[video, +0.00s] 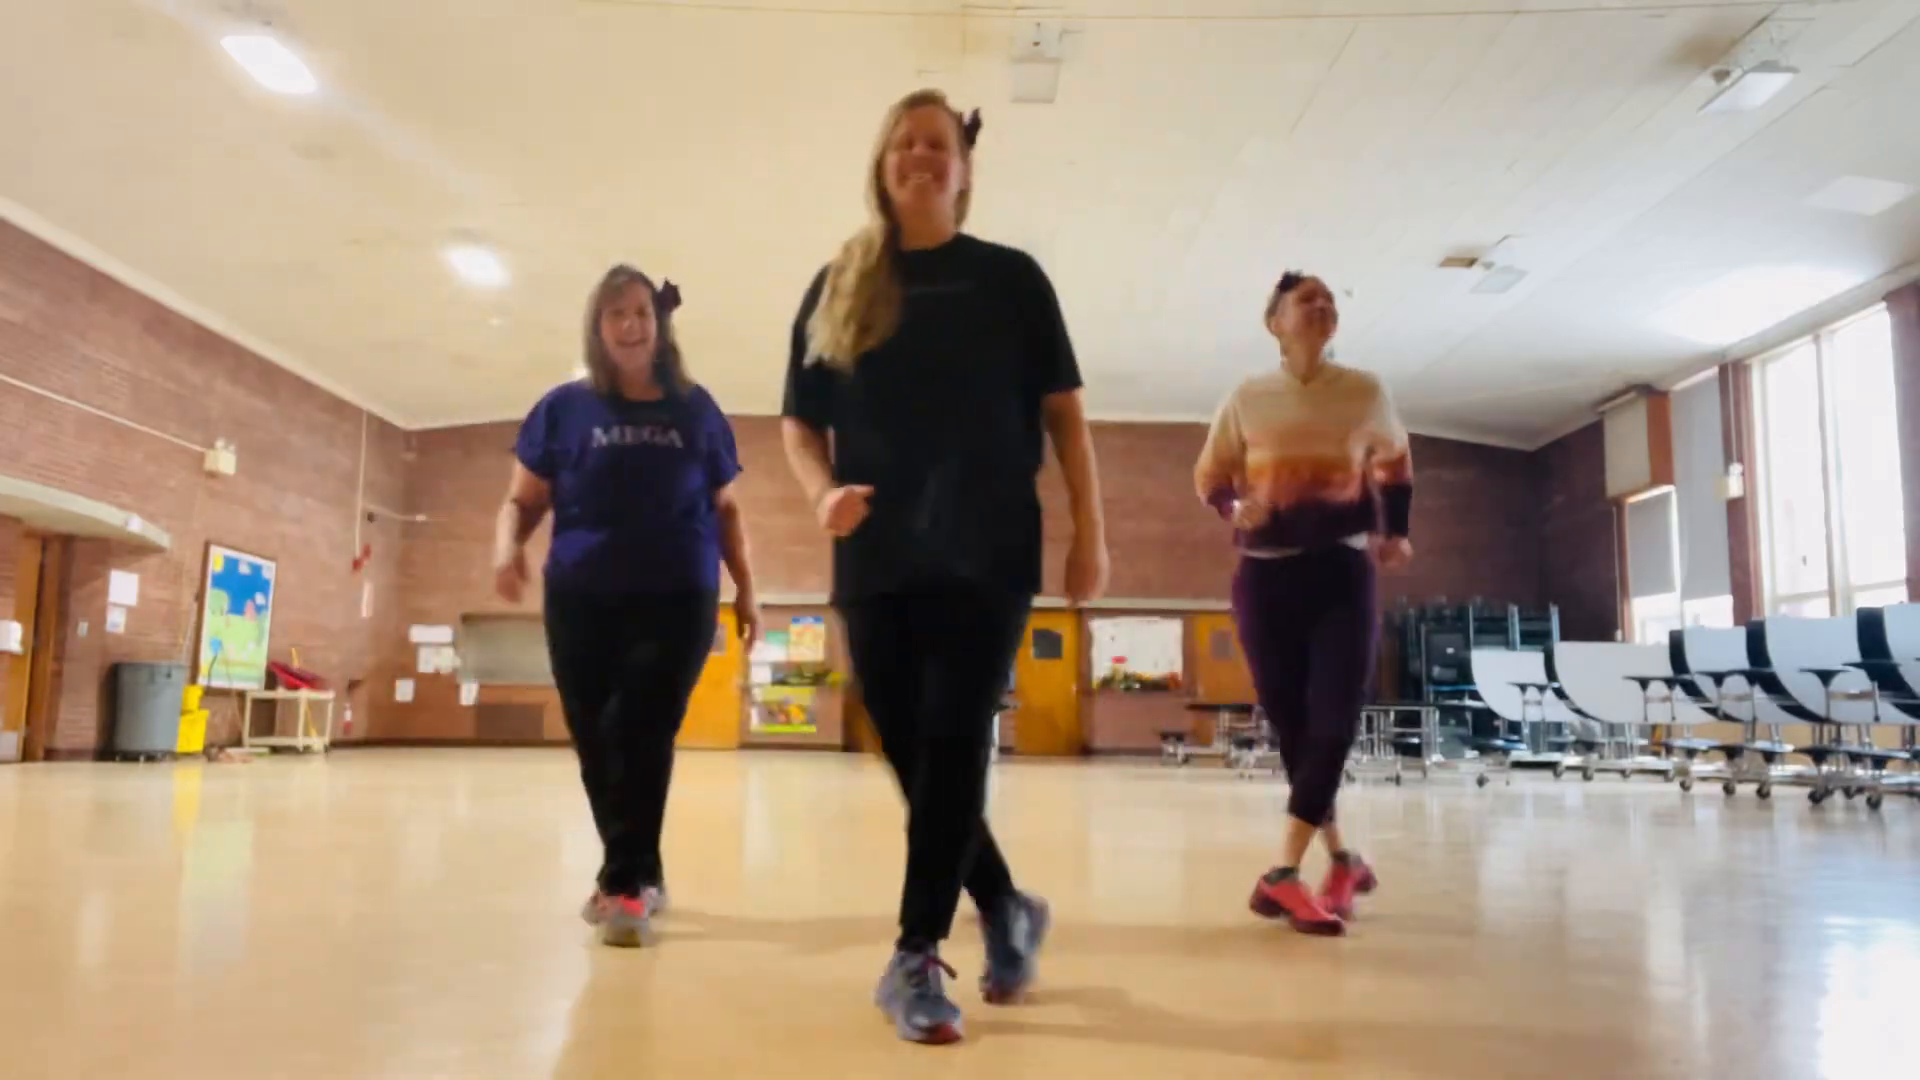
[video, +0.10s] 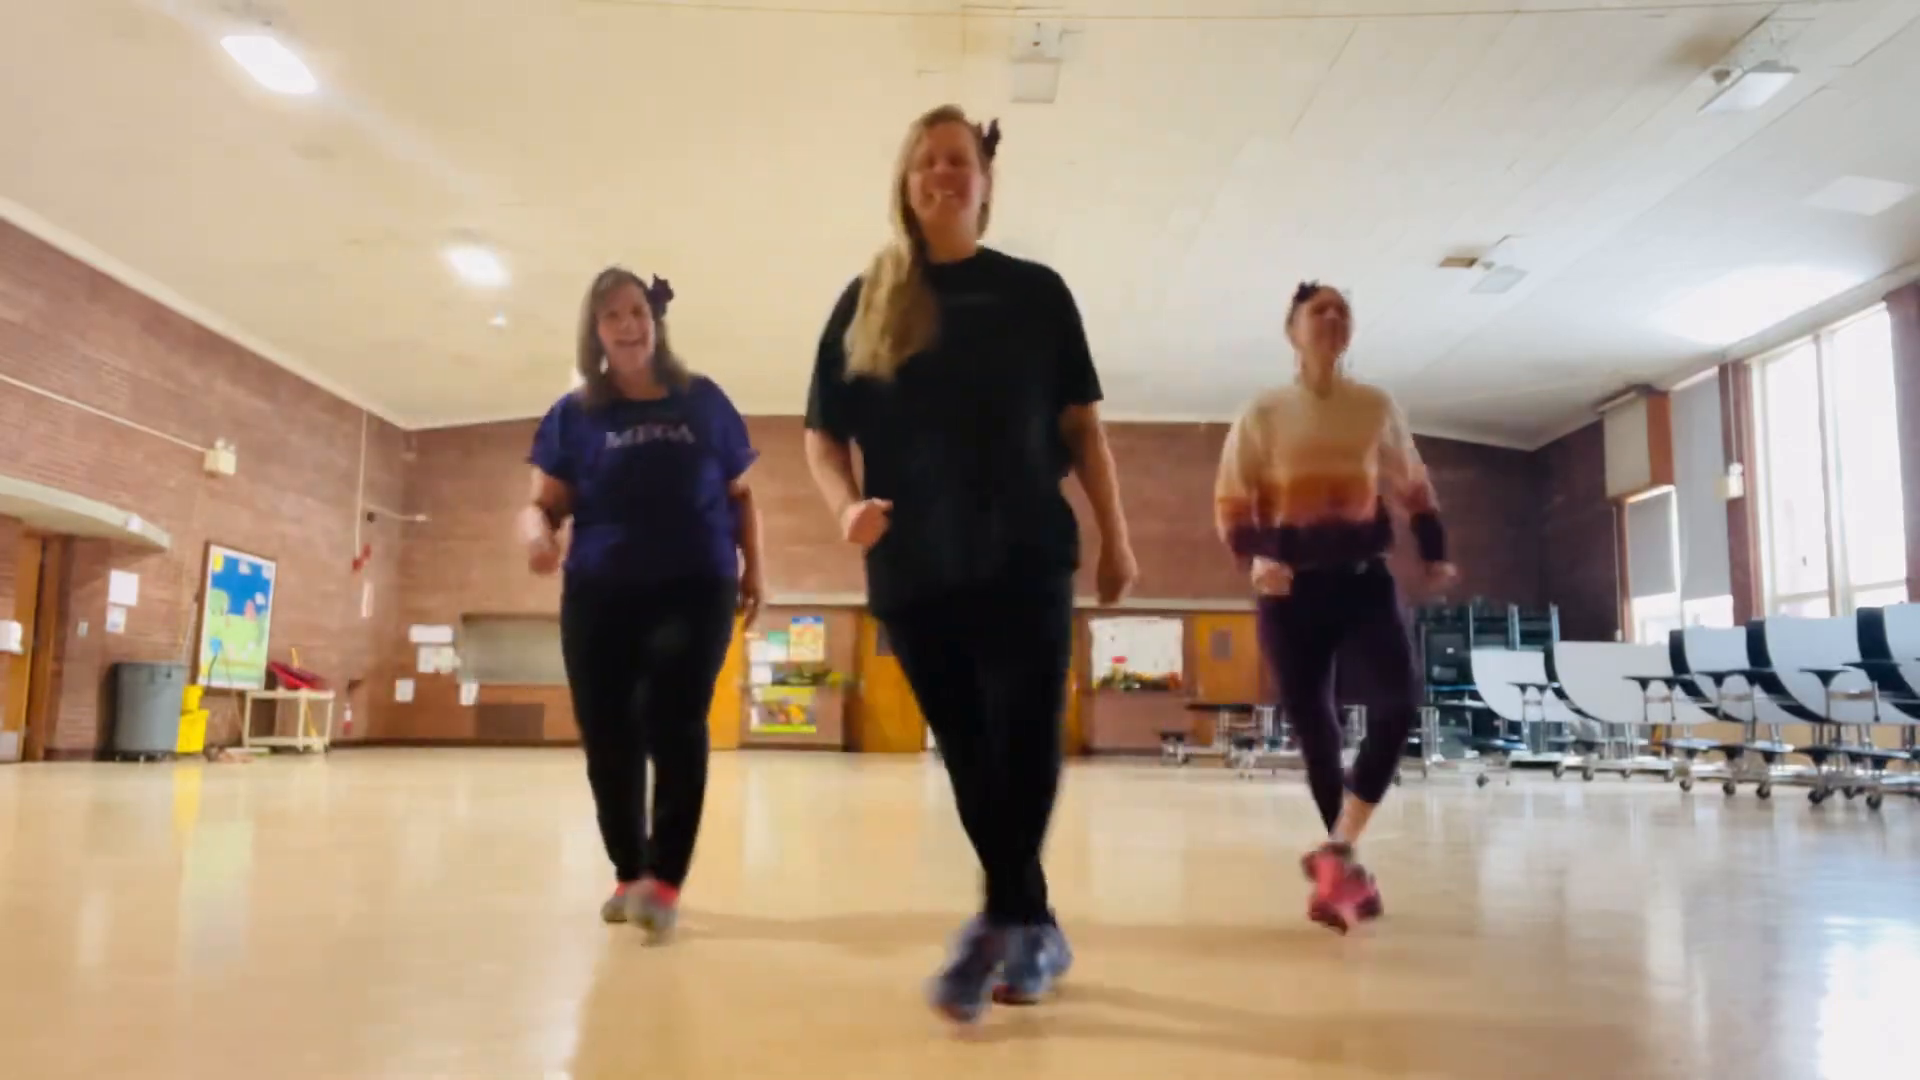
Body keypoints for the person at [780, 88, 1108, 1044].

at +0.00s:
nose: (920, 154)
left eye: (937, 143)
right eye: (905, 142)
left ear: (967, 166)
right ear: (880, 164)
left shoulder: (1015, 278)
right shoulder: (840, 285)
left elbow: (1065, 411)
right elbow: (802, 419)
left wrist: (1087, 528)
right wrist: (822, 488)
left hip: (986, 548)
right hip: (875, 551)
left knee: (953, 748)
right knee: (910, 752)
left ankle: (917, 959)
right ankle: (1007, 908)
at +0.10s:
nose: (945, 173)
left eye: (960, 161)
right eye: (930, 162)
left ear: (988, 179)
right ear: (905, 181)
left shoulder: (1037, 290)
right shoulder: (869, 301)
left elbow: (1081, 421)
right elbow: (823, 428)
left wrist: (1112, 534)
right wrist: (845, 502)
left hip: (1026, 548)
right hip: (916, 556)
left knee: (1024, 734)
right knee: (967, 744)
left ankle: (990, 929)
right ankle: (1032, 926)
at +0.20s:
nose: (962, 173)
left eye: (976, 160)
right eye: (947, 163)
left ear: (1006, 181)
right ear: (924, 188)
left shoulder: (1058, 290)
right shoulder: (892, 305)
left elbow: (1102, 416)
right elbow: (851, 431)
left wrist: (1128, 526)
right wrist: (862, 512)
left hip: (1051, 545)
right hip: (940, 559)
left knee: (1099, 699)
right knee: (990, 744)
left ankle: (1090, 870)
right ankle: (1036, 929)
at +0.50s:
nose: (1009, 199)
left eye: (1026, 189)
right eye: (995, 192)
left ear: (1062, 214)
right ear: (976, 223)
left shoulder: (1111, 316)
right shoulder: (948, 328)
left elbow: (1169, 426)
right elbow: (905, 441)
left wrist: (1182, 534)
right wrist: (921, 534)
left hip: (1104, 570)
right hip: (996, 577)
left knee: (1114, 747)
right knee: (1005, 753)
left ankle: (1148, 918)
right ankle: (1015, 922)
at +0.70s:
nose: (1021, 181)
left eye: (1037, 170)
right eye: (1008, 171)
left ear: (1064, 194)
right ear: (987, 195)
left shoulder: (1100, 284)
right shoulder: (953, 295)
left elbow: (1131, 390)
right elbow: (888, 396)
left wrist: (1153, 349)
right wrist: (859, 316)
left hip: (1092, 540)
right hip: (985, 546)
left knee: (1105, 721)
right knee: (979, 731)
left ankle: (1142, 913)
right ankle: (1003, 919)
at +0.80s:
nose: (1000, 162)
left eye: (1016, 151)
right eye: (988, 152)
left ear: (1044, 171)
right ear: (968, 174)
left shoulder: (1082, 251)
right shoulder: (937, 257)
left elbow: (1097, 352)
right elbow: (897, 375)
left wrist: (1058, 280)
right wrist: (902, 278)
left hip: (1073, 514)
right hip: (969, 516)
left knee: (1078, 696)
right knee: (966, 704)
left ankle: (1094, 880)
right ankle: (980, 883)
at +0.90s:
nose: (986, 190)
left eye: (1000, 178)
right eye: (972, 178)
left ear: (1025, 195)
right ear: (948, 196)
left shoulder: (1059, 274)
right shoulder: (920, 288)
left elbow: (1059, 360)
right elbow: (902, 404)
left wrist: (965, 282)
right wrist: (968, 328)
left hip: (1054, 526)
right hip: (955, 531)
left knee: (1039, 707)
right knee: (961, 717)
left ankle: (1023, 889)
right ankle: (964, 891)